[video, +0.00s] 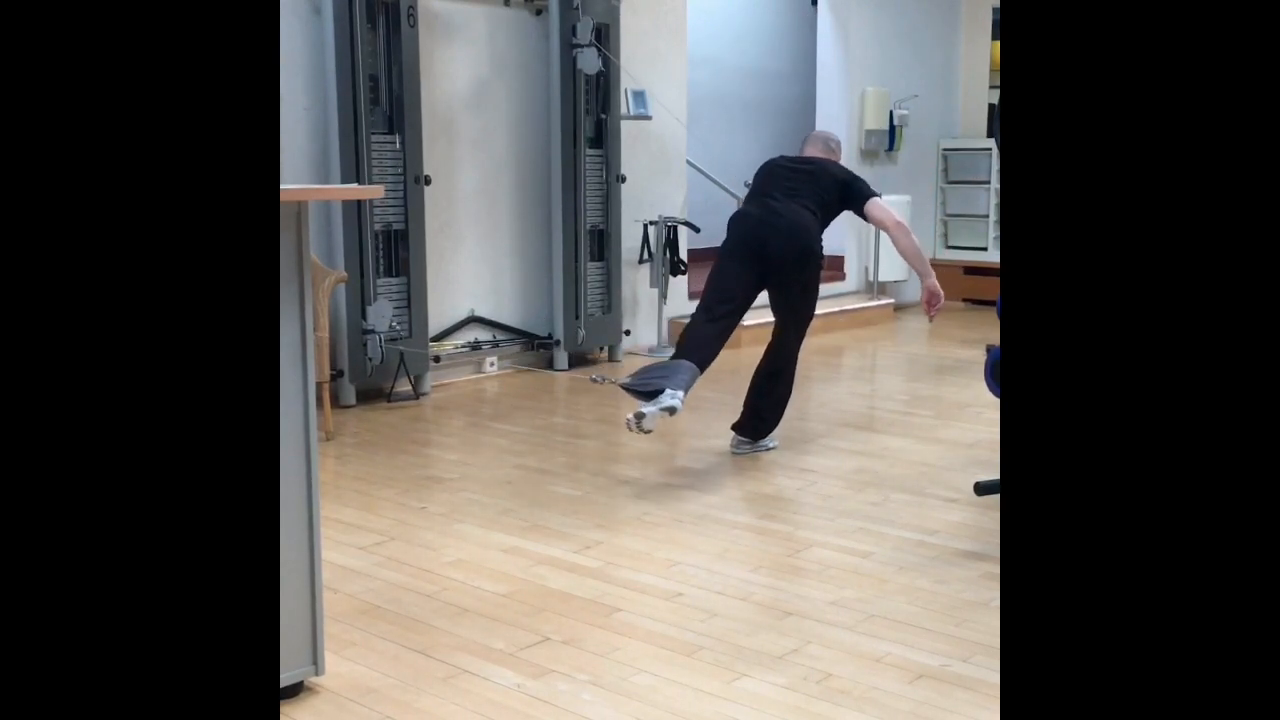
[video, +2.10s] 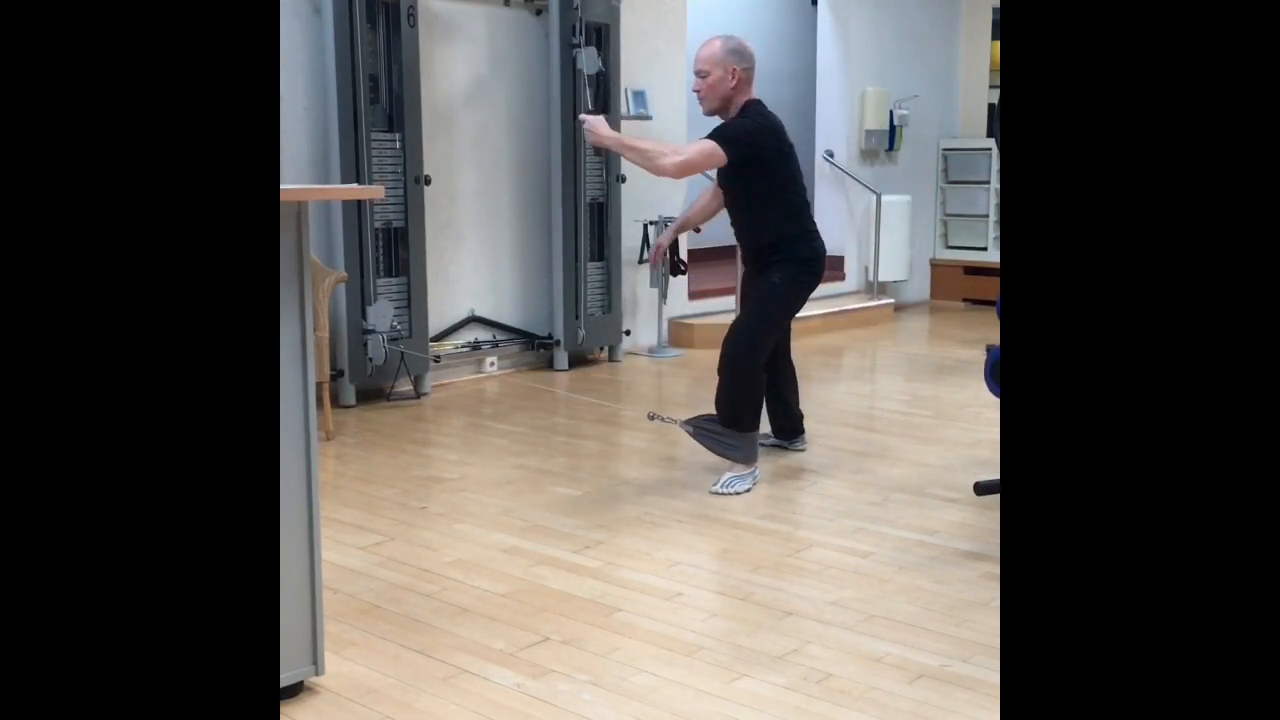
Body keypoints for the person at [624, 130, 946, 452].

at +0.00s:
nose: (838, 164)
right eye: (839, 160)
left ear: (803, 151)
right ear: (836, 158)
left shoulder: (773, 166)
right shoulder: (842, 177)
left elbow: (749, 204)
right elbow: (893, 223)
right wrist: (928, 277)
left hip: (746, 234)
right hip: (798, 246)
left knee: (714, 313)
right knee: (787, 338)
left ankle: (674, 387)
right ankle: (750, 432)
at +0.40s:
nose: (842, 142)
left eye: (841, 139)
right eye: (843, 138)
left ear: (803, 126)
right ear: (838, 134)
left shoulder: (772, 144)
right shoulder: (846, 160)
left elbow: (755, 195)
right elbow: (896, 219)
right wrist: (913, 278)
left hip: (753, 240)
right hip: (805, 249)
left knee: (729, 329)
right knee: (788, 337)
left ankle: (723, 429)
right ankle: (754, 430)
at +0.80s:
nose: (835, 118)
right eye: (837, 114)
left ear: (793, 99)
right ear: (834, 112)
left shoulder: (762, 123)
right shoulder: (843, 147)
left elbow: (759, 178)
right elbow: (877, 222)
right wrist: (851, 272)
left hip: (755, 239)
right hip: (808, 249)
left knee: (722, 336)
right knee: (786, 342)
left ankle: (759, 436)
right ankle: (751, 435)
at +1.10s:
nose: (771, 91)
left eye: (771, 85)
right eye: (775, 86)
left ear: (775, 84)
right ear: (814, 93)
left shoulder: (749, 113)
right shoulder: (833, 139)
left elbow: (724, 155)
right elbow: (849, 220)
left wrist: (765, 144)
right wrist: (817, 248)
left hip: (759, 248)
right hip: (810, 257)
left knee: (712, 344)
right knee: (780, 349)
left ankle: (759, 449)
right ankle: (756, 438)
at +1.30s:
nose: (748, 91)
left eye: (749, 85)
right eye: (752, 86)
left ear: (756, 82)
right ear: (792, 85)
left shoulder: (736, 113)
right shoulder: (817, 129)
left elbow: (699, 152)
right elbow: (836, 213)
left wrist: (709, 138)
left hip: (773, 247)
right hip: (817, 250)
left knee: (713, 348)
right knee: (778, 345)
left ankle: (764, 457)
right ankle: (769, 444)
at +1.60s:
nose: (711, 83)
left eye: (715, 74)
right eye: (712, 74)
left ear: (736, 76)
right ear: (756, 78)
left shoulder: (732, 118)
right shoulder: (791, 120)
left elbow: (658, 152)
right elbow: (789, 197)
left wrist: (655, 127)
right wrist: (735, 239)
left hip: (794, 256)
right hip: (819, 251)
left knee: (728, 346)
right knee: (781, 344)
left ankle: (762, 463)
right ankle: (789, 430)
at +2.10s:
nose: (696, 86)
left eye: (703, 76)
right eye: (696, 76)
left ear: (736, 77)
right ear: (731, 79)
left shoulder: (753, 125)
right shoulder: (742, 129)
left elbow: (673, 164)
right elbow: (721, 194)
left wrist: (610, 139)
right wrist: (675, 231)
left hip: (792, 260)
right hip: (762, 260)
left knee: (741, 348)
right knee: (771, 345)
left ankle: (742, 464)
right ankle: (789, 431)